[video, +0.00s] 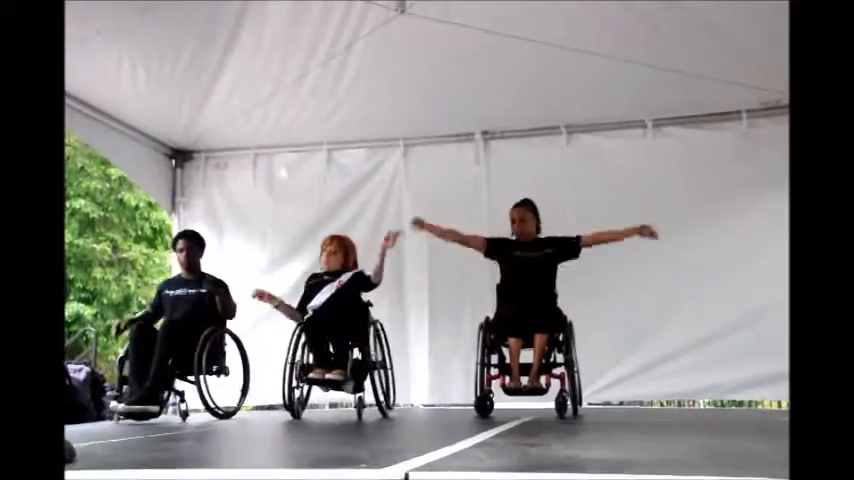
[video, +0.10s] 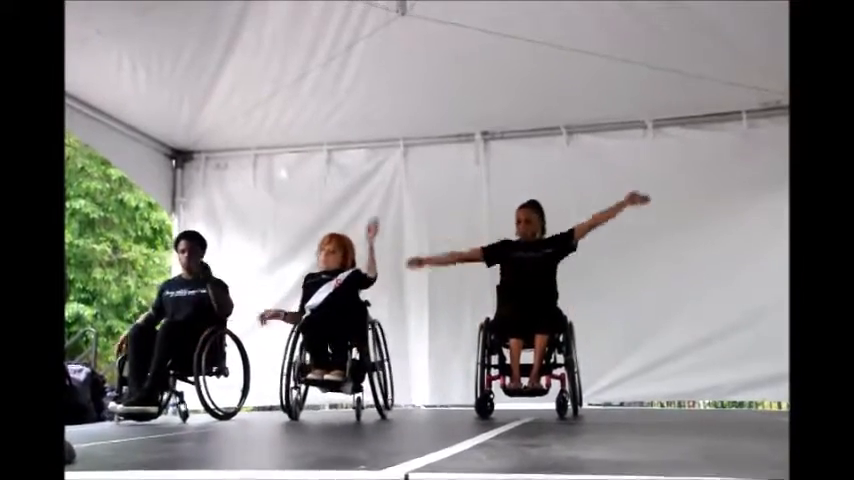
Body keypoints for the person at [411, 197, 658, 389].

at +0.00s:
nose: (515, 226)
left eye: (520, 221)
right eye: (513, 221)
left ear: (535, 222)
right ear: (510, 223)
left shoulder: (554, 245)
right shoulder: (502, 246)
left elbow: (594, 239)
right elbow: (463, 239)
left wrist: (633, 232)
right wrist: (431, 229)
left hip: (542, 309)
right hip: (511, 309)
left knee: (544, 313)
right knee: (514, 315)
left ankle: (535, 375)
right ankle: (514, 375)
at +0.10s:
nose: (521, 226)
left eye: (526, 221)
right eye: (518, 221)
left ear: (540, 223)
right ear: (515, 224)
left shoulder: (554, 244)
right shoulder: (505, 249)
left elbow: (592, 223)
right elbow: (465, 256)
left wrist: (624, 204)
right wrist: (429, 261)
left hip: (543, 308)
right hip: (512, 308)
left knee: (544, 319)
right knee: (515, 320)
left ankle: (535, 378)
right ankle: (515, 378)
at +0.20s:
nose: (528, 228)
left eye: (534, 224)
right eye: (526, 224)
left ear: (546, 227)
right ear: (522, 226)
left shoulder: (553, 249)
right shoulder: (508, 252)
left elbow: (574, 212)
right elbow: (476, 280)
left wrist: (591, 173)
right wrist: (442, 303)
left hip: (542, 309)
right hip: (512, 309)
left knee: (546, 318)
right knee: (516, 320)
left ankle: (536, 378)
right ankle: (515, 379)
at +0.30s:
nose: (531, 229)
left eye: (538, 225)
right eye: (529, 224)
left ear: (549, 229)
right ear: (524, 227)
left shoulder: (553, 251)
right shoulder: (508, 254)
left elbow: (563, 215)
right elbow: (486, 288)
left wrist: (557, 173)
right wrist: (460, 318)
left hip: (542, 311)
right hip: (512, 311)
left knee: (548, 320)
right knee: (515, 322)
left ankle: (535, 381)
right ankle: (516, 381)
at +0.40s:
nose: (532, 229)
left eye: (537, 224)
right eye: (529, 224)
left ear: (547, 228)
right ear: (525, 228)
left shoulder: (554, 252)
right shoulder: (508, 254)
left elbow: (555, 220)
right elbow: (492, 293)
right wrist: (475, 322)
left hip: (543, 312)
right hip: (513, 312)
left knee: (548, 322)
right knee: (517, 324)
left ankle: (536, 381)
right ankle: (517, 381)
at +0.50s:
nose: (531, 228)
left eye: (538, 224)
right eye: (527, 223)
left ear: (546, 229)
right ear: (522, 227)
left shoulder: (552, 251)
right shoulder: (505, 255)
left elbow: (553, 249)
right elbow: (493, 291)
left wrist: (520, 252)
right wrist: (485, 324)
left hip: (542, 311)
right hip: (514, 311)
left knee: (547, 326)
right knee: (517, 328)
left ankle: (537, 382)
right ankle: (517, 382)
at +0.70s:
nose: (523, 227)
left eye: (529, 223)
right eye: (519, 222)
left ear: (537, 229)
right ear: (514, 227)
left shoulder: (547, 257)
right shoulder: (501, 257)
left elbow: (574, 278)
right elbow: (492, 294)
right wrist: (485, 327)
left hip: (543, 313)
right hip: (513, 312)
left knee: (549, 328)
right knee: (518, 330)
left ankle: (537, 384)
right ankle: (517, 385)